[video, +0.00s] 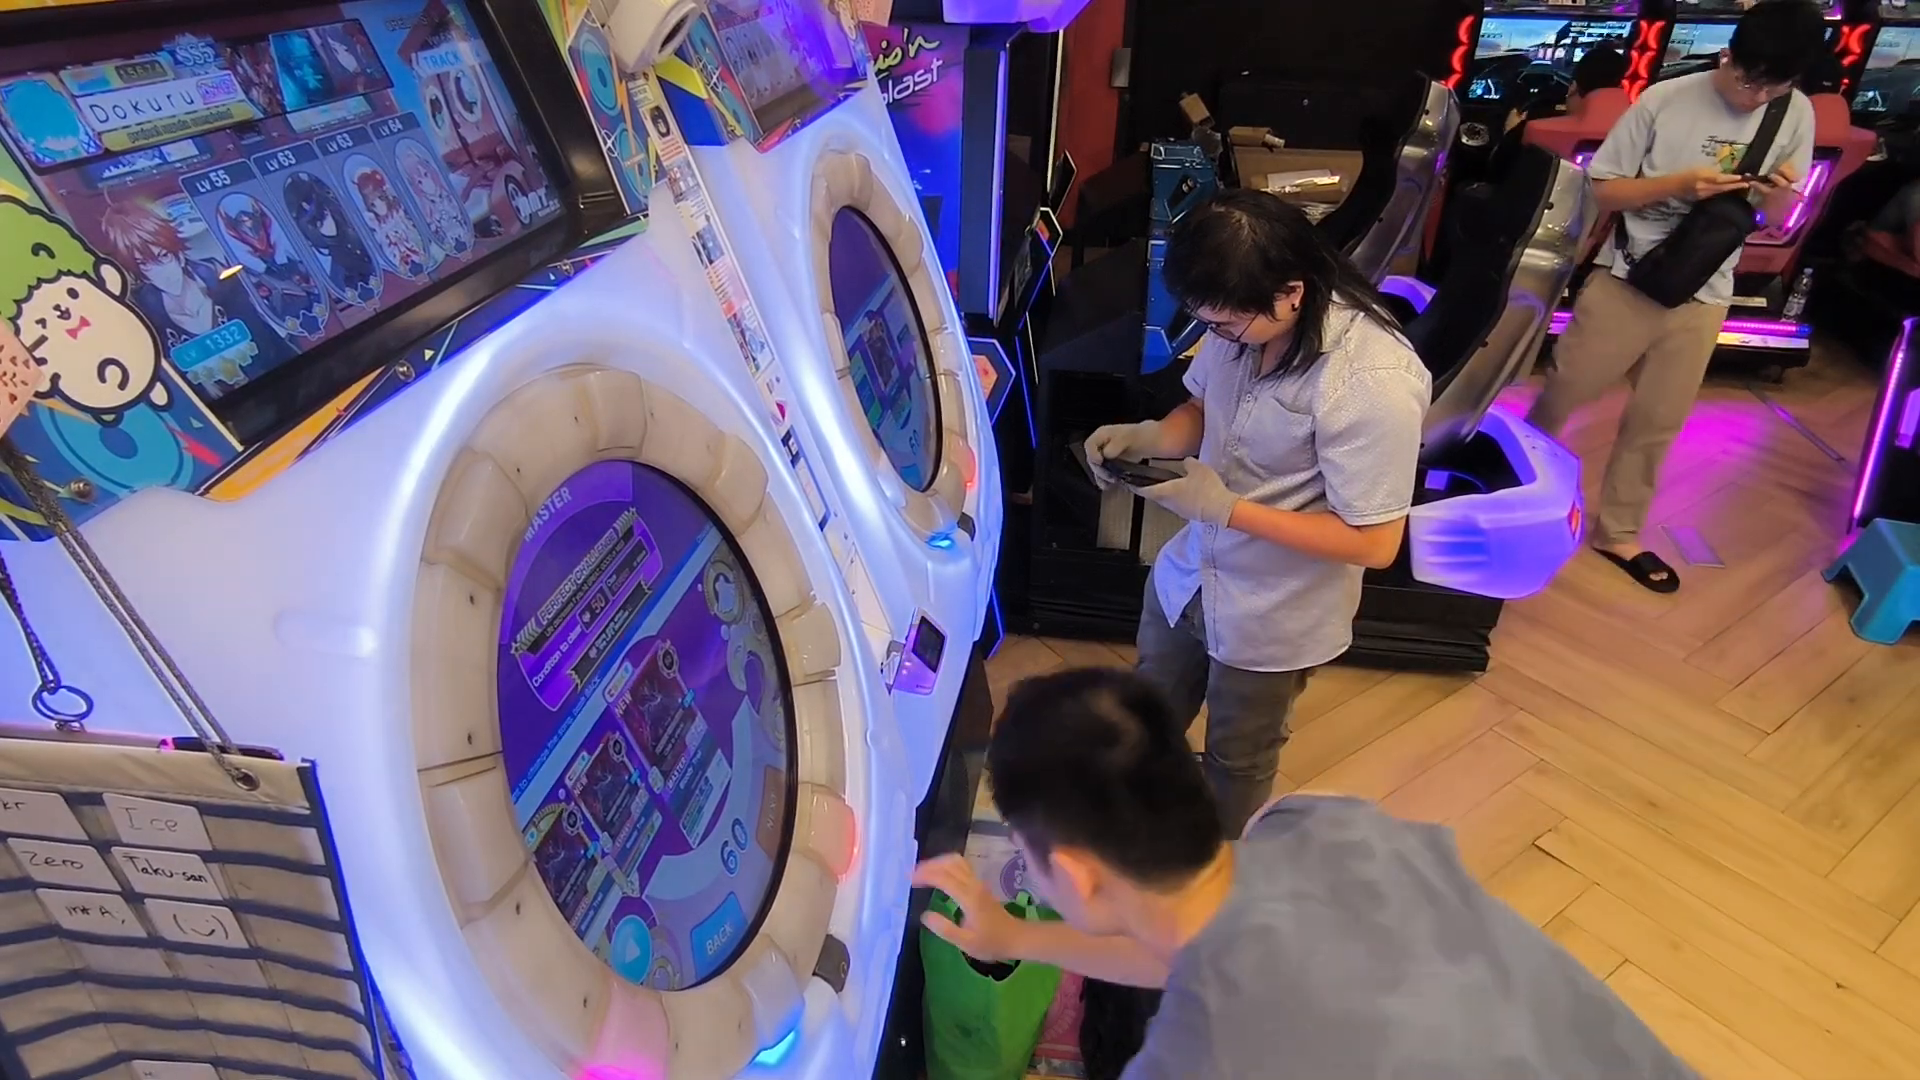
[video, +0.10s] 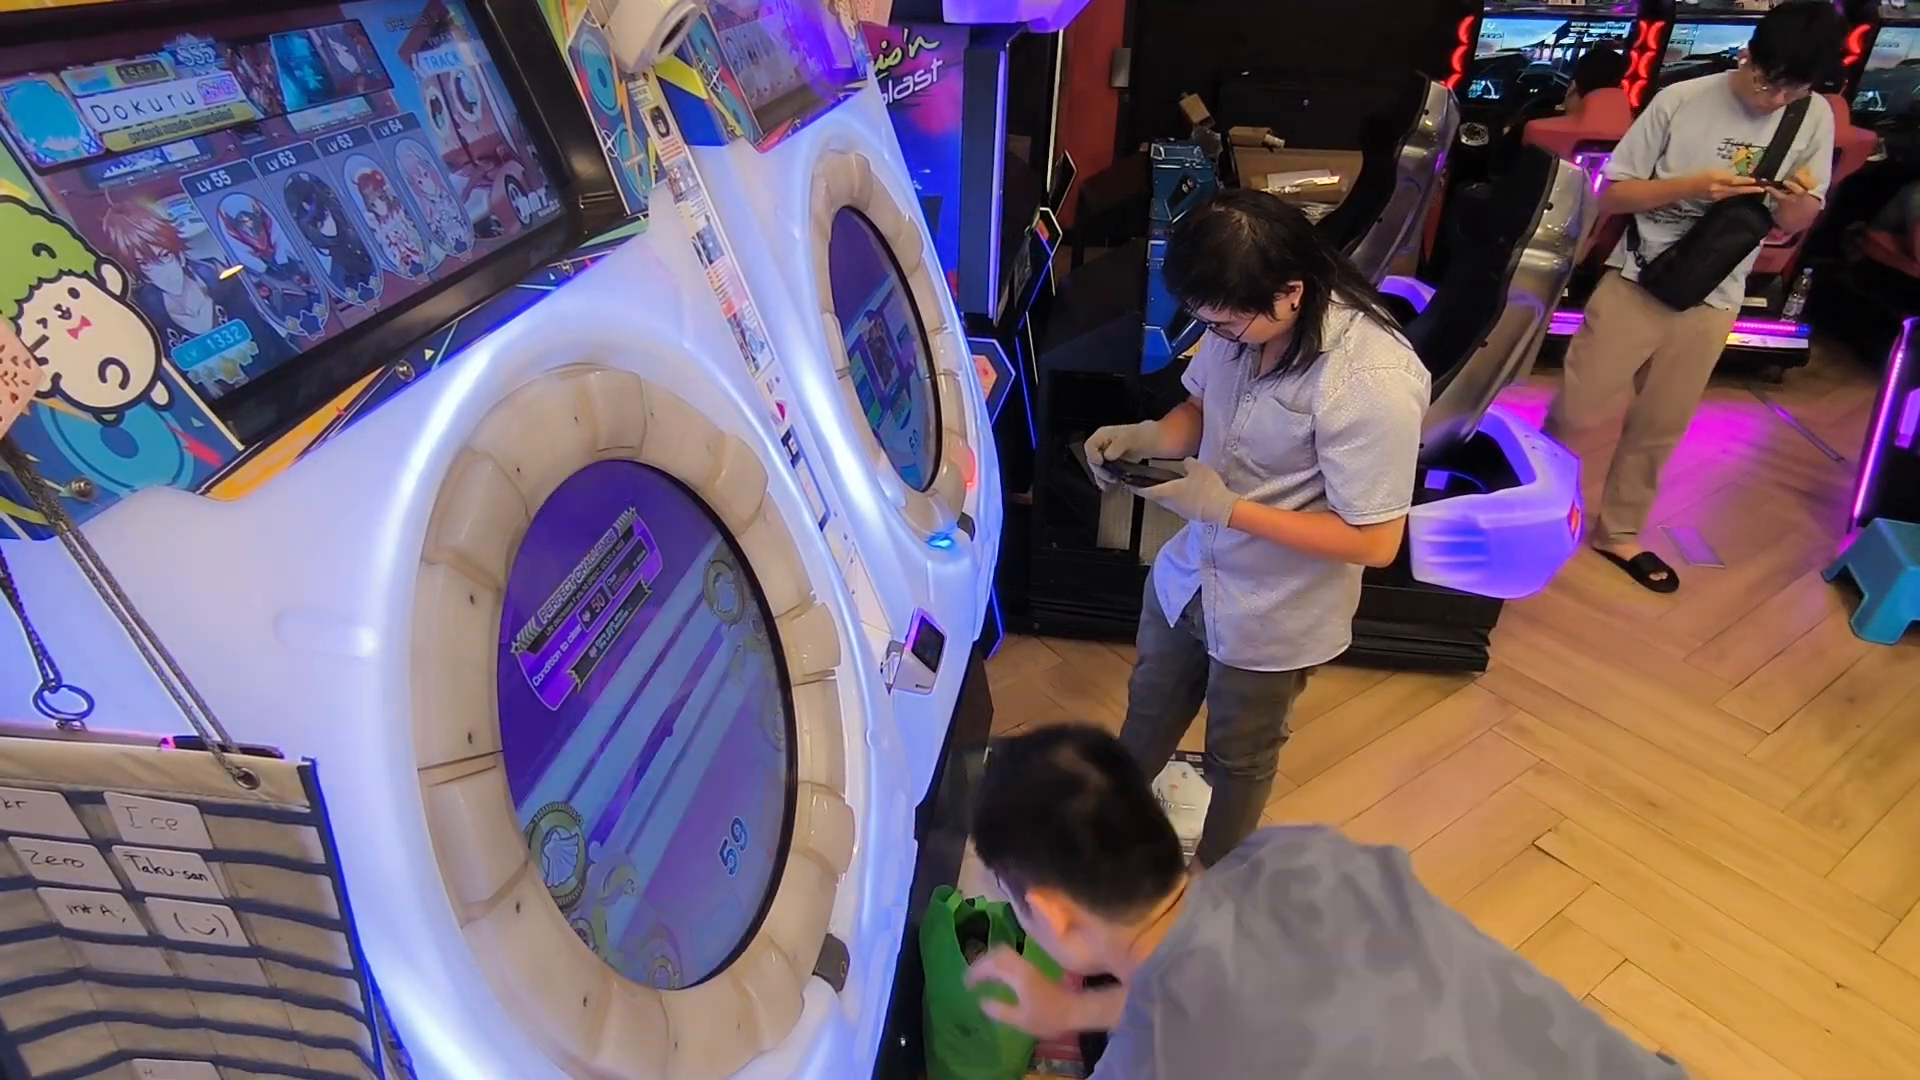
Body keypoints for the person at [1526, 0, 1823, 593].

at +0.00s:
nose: (1757, 98)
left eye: (1773, 89)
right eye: (1751, 83)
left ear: (1792, 79)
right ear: (1729, 57)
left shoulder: (1794, 115)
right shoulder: (1662, 101)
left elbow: (1779, 219)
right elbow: (1604, 191)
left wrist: (1779, 197)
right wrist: (1681, 185)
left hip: (1703, 300)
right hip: (1625, 282)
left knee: (1656, 425)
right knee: (1564, 395)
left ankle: (1618, 535)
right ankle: (1503, 488)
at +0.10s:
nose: (1775, 99)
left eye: (1792, 90)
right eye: (1770, 82)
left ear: (1810, 81)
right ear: (1749, 57)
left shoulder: (1814, 119)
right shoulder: (1678, 102)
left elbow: (1795, 223)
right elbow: (1611, 196)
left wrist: (1798, 204)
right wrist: (1691, 187)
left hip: (1712, 306)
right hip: (1634, 287)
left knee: (1659, 430)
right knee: (1577, 414)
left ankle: (1617, 535)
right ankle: (1532, 511)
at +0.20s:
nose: (1783, 99)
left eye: (1801, 92)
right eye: (1778, 81)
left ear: (1826, 87)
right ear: (1760, 55)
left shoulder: (1830, 123)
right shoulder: (1692, 102)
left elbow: (1810, 225)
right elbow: (1618, 197)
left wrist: (1810, 211)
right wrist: (1700, 188)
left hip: (1719, 310)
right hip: (1641, 286)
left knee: (1663, 431)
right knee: (1597, 419)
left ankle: (1618, 534)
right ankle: (1556, 523)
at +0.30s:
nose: (1788, 102)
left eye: (1807, 95)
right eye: (1783, 84)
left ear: (1833, 88)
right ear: (1765, 58)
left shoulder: (1839, 126)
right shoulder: (1701, 105)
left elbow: (1820, 229)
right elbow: (1622, 200)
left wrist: (1815, 212)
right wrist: (1701, 192)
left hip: (1724, 313)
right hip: (1646, 288)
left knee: (1667, 436)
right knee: (1609, 426)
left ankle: (1622, 541)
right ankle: (1582, 552)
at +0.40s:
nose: (1783, 105)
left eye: (1805, 101)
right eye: (1780, 86)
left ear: (1832, 95)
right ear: (1766, 59)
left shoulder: (1841, 130)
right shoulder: (1701, 112)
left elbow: (1826, 233)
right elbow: (1625, 208)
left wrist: (1814, 220)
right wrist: (1699, 198)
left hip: (1729, 321)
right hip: (1649, 298)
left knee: (1668, 446)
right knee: (1621, 440)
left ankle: (1625, 543)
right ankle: (1590, 578)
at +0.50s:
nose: (1785, 115)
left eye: (1804, 107)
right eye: (1780, 97)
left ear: (1828, 98)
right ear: (1761, 70)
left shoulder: (1840, 132)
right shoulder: (1696, 121)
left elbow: (1832, 235)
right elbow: (1624, 219)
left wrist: (1820, 227)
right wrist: (1697, 207)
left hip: (1736, 330)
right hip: (1656, 310)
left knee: (1674, 452)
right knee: (1628, 456)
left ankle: (1624, 543)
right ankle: (1586, 592)